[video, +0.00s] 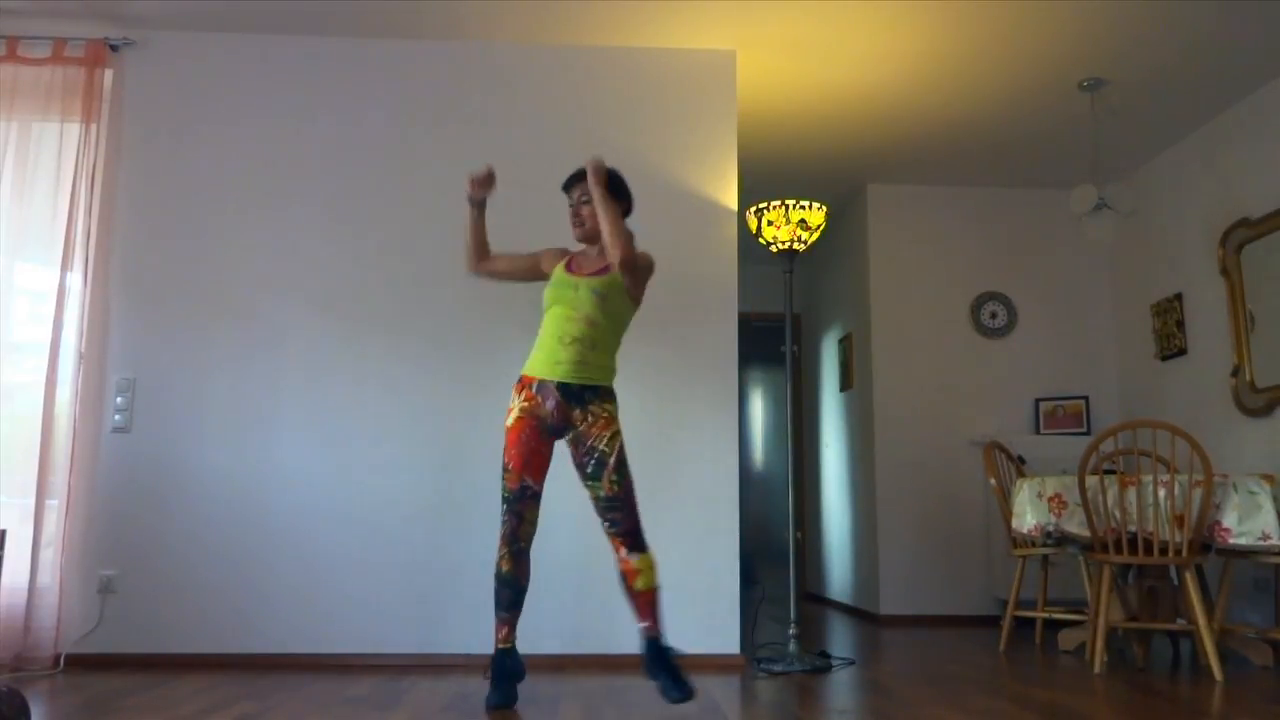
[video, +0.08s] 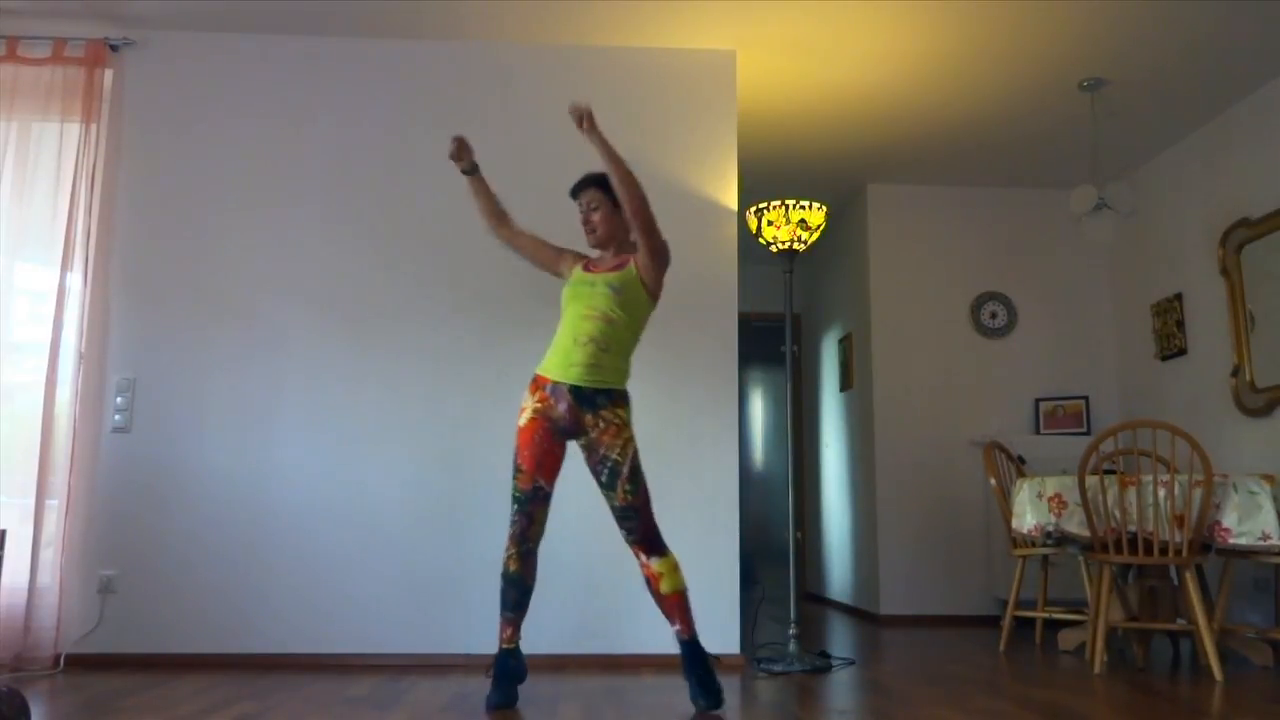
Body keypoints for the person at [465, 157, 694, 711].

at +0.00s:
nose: (578, 213)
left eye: (589, 204)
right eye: (572, 205)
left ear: (615, 211)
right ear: (568, 213)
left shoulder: (634, 268)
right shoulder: (557, 261)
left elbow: (618, 252)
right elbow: (481, 263)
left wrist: (599, 186)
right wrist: (477, 205)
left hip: (592, 403)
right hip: (533, 396)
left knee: (625, 528)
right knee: (515, 528)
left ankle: (655, 648)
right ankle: (503, 657)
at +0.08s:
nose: (587, 220)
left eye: (596, 210)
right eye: (580, 213)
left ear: (623, 212)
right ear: (580, 221)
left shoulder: (646, 266)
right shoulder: (575, 266)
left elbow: (635, 203)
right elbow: (504, 229)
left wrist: (595, 136)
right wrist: (470, 172)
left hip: (604, 407)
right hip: (544, 400)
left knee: (642, 534)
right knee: (522, 529)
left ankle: (692, 652)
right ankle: (507, 656)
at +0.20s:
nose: (598, 231)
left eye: (605, 219)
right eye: (593, 224)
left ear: (638, 215)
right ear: (599, 232)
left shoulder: (668, 271)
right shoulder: (601, 276)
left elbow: (652, 193)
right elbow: (531, 239)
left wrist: (616, 123)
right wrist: (499, 179)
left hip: (638, 421)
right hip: (579, 414)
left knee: (664, 548)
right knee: (542, 537)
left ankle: (699, 669)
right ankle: (521, 657)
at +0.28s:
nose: (607, 242)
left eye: (615, 231)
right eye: (602, 234)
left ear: (650, 230)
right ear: (605, 241)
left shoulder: (681, 281)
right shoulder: (609, 289)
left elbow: (676, 215)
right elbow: (537, 277)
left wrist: (634, 149)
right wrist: (534, 211)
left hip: (665, 429)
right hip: (607, 426)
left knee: (679, 553)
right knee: (555, 531)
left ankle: (701, 671)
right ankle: (557, 655)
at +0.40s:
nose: (617, 253)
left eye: (626, 242)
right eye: (612, 244)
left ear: (657, 244)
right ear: (614, 250)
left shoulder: (688, 290)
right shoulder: (617, 302)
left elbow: (712, 301)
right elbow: (558, 343)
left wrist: (673, 241)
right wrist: (567, 291)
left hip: (688, 439)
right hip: (632, 440)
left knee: (691, 564)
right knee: (590, 536)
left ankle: (703, 676)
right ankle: (642, 662)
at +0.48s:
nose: (620, 255)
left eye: (629, 245)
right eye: (616, 248)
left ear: (662, 246)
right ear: (615, 256)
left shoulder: (696, 303)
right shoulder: (616, 311)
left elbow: (732, 365)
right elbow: (592, 377)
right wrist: (568, 349)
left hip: (696, 441)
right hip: (640, 443)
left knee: (693, 565)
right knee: (630, 547)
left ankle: (702, 682)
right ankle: (685, 669)